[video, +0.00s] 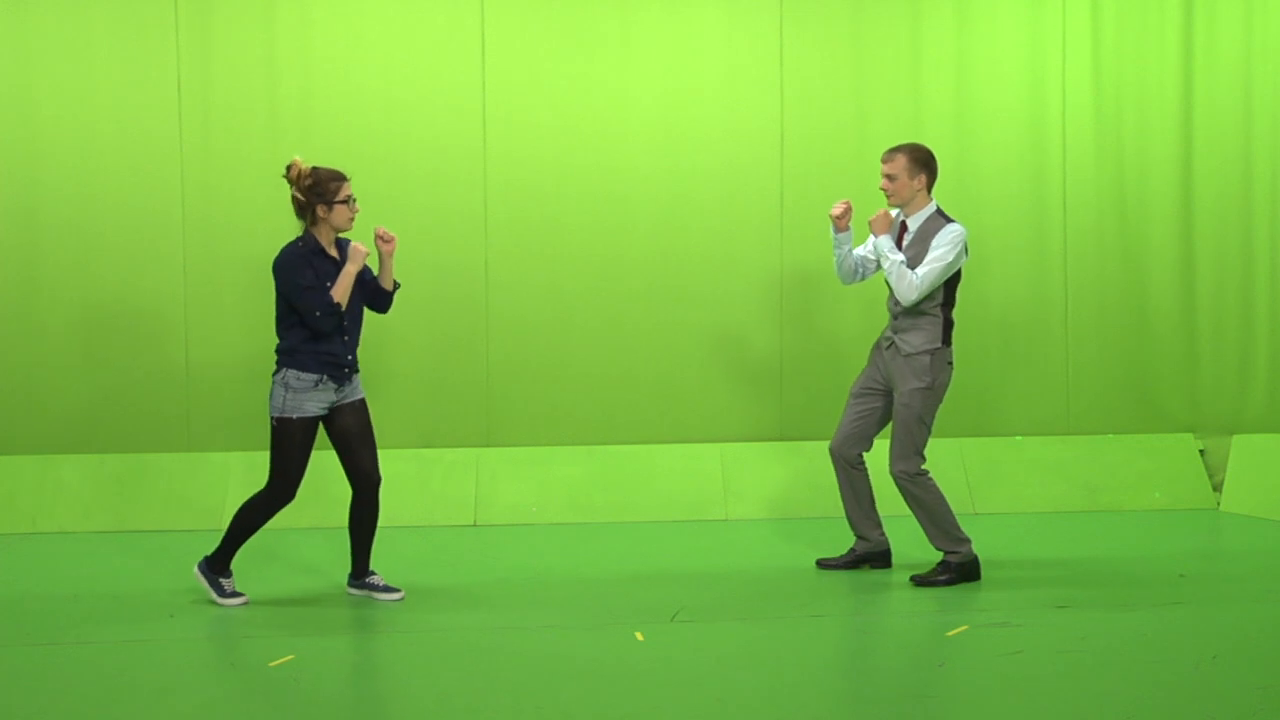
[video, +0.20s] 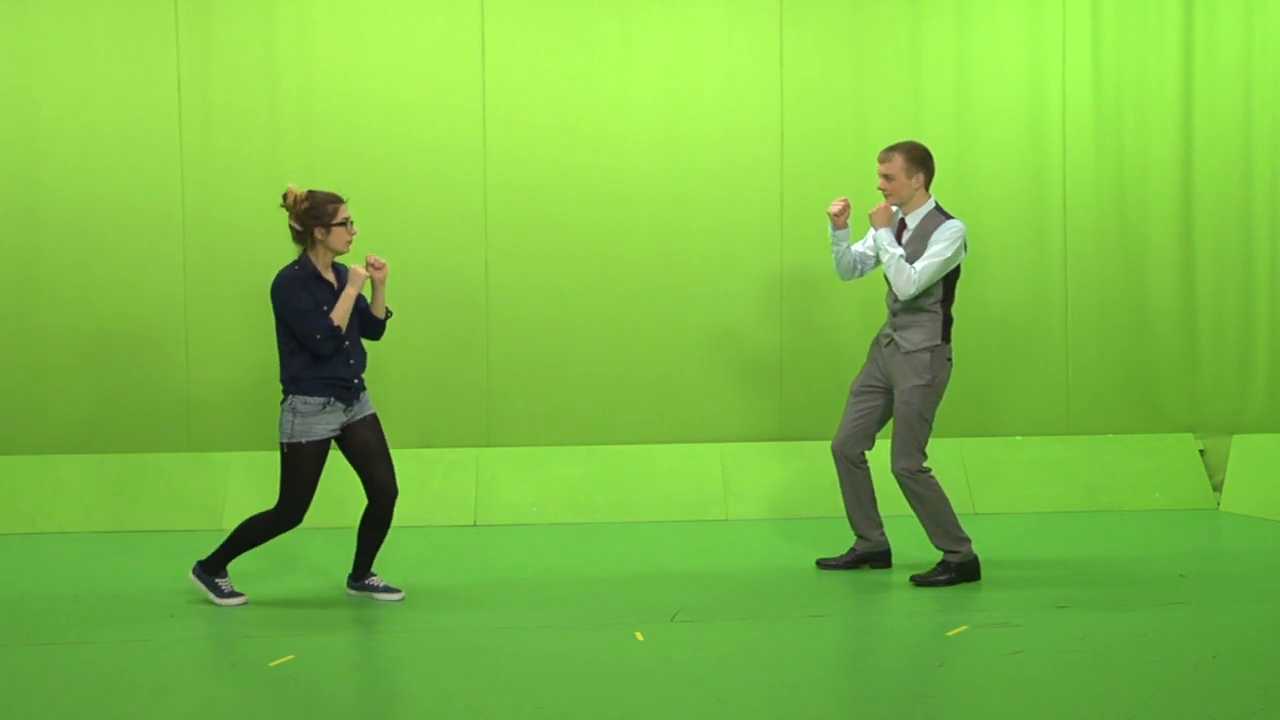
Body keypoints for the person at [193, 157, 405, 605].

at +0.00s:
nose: (355, 207)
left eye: (353, 199)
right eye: (347, 201)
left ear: (330, 210)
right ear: (321, 211)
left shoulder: (345, 256)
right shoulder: (292, 259)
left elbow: (380, 303)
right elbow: (323, 319)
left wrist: (386, 259)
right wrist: (353, 266)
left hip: (344, 383)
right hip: (298, 384)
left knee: (368, 481)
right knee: (282, 489)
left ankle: (360, 574)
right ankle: (215, 565)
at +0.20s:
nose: (352, 230)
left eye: (350, 223)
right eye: (344, 224)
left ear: (326, 232)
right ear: (318, 233)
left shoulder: (343, 276)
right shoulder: (289, 283)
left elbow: (373, 330)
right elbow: (323, 341)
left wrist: (379, 285)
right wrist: (353, 287)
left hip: (353, 401)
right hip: (308, 406)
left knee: (384, 492)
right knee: (290, 512)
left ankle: (361, 576)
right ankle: (210, 567)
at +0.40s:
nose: (348, 211)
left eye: (346, 203)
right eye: (339, 205)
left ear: (323, 212)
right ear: (313, 213)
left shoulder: (334, 259)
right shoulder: (283, 262)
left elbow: (369, 308)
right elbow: (318, 319)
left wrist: (374, 262)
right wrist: (347, 267)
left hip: (337, 387)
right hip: (292, 389)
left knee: (363, 484)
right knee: (274, 492)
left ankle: (359, 575)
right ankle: (210, 567)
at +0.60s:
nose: (332, 224)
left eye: (331, 216)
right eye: (324, 217)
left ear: (311, 223)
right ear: (297, 224)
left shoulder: (321, 268)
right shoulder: (267, 272)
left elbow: (358, 318)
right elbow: (302, 330)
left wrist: (369, 280)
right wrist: (333, 282)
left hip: (316, 392)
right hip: (273, 393)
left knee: (360, 485)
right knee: (261, 497)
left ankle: (359, 576)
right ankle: (203, 573)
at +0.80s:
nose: (325, 229)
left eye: (324, 221)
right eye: (317, 222)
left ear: (299, 230)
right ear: (290, 230)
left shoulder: (318, 274)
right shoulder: (260, 280)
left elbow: (355, 326)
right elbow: (290, 336)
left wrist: (367, 287)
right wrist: (324, 287)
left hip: (319, 399)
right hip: (275, 400)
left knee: (365, 487)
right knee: (265, 502)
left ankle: (359, 576)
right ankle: (203, 574)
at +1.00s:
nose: (337, 209)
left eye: (335, 201)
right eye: (327, 203)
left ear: (319, 208)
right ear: (301, 211)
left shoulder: (331, 255)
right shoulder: (272, 261)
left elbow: (377, 295)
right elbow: (306, 317)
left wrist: (386, 257)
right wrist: (331, 266)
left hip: (330, 381)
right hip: (284, 383)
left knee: (357, 481)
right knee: (268, 489)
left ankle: (360, 574)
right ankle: (210, 567)